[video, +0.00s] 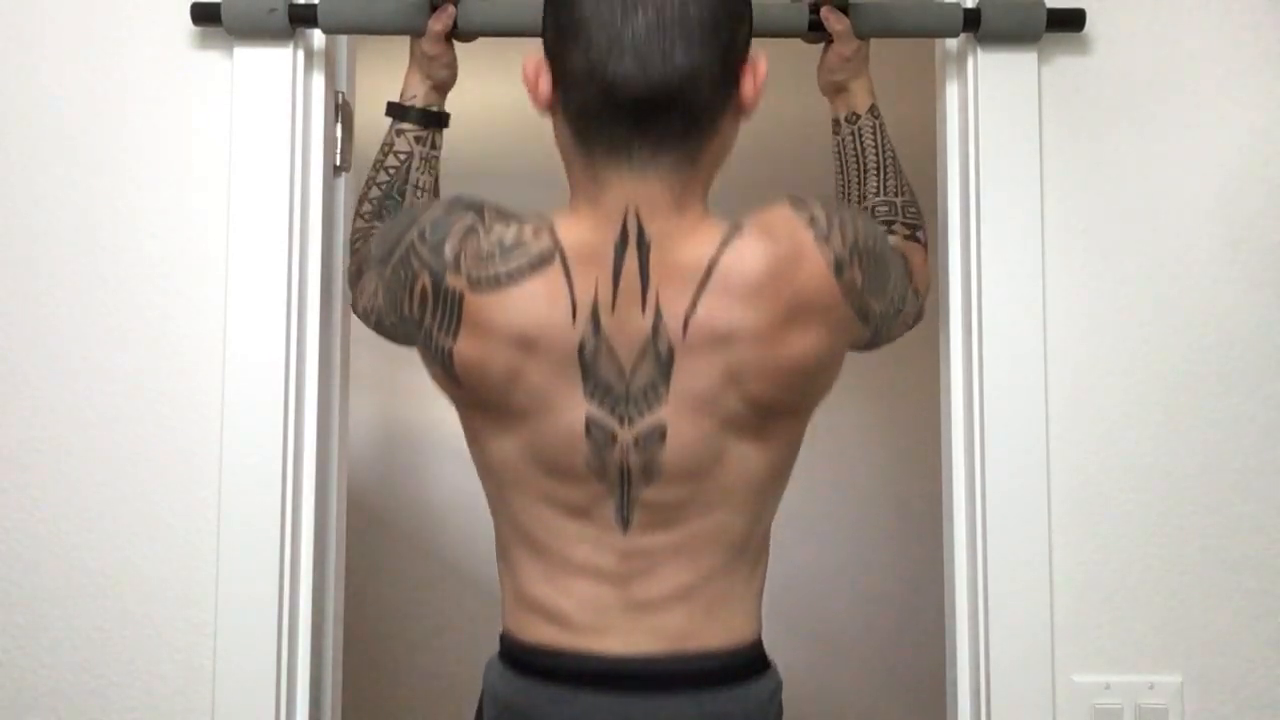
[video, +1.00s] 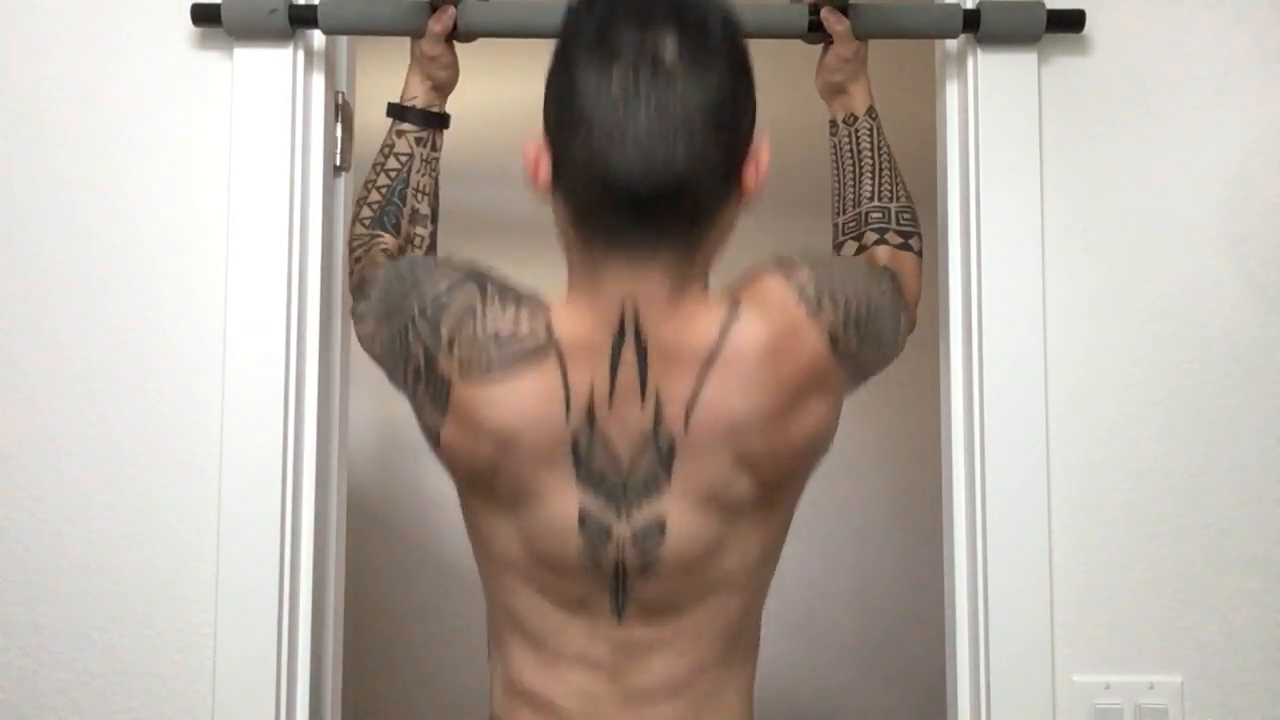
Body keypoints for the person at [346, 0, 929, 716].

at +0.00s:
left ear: (541, 86)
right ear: (749, 88)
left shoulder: (468, 273)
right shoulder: (804, 272)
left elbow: (374, 267)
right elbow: (904, 269)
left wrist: (421, 94)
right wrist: (853, 94)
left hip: (534, 689)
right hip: (724, 691)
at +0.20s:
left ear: (541, 174)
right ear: (751, 177)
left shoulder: (479, 355)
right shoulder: (798, 346)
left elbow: (385, 265)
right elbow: (893, 262)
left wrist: (422, 92)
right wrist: (851, 94)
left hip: (536, 705)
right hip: (719, 705)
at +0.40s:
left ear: (537, 246)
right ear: (747, 247)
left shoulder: (488, 424)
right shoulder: (785, 413)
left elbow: (396, 266)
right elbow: (882, 267)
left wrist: (424, 89)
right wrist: (851, 96)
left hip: (533, 711)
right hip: (722, 711)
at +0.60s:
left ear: (530, 303)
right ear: (739, 303)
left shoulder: (494, 473)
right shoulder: (775, 453)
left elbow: (404, 281)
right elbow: (875, 284)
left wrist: (426, 91)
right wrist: (849, 96)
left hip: (534, 713)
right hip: (724, 713)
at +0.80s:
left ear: (532, 300)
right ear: (742, 301)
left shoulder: (490, 461)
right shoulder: (779, 443)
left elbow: (400, 280)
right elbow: (873, 285)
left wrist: (426, 91)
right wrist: (849, 98)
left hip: (528, 711)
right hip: (719, 712)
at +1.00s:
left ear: (539, 170)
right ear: (753, 171)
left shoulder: (475, 356)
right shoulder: (795, 343)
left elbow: (379, 261)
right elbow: (892, 263)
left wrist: (423, 89)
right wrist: (850, 96)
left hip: (530, 708)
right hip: (711, 707)